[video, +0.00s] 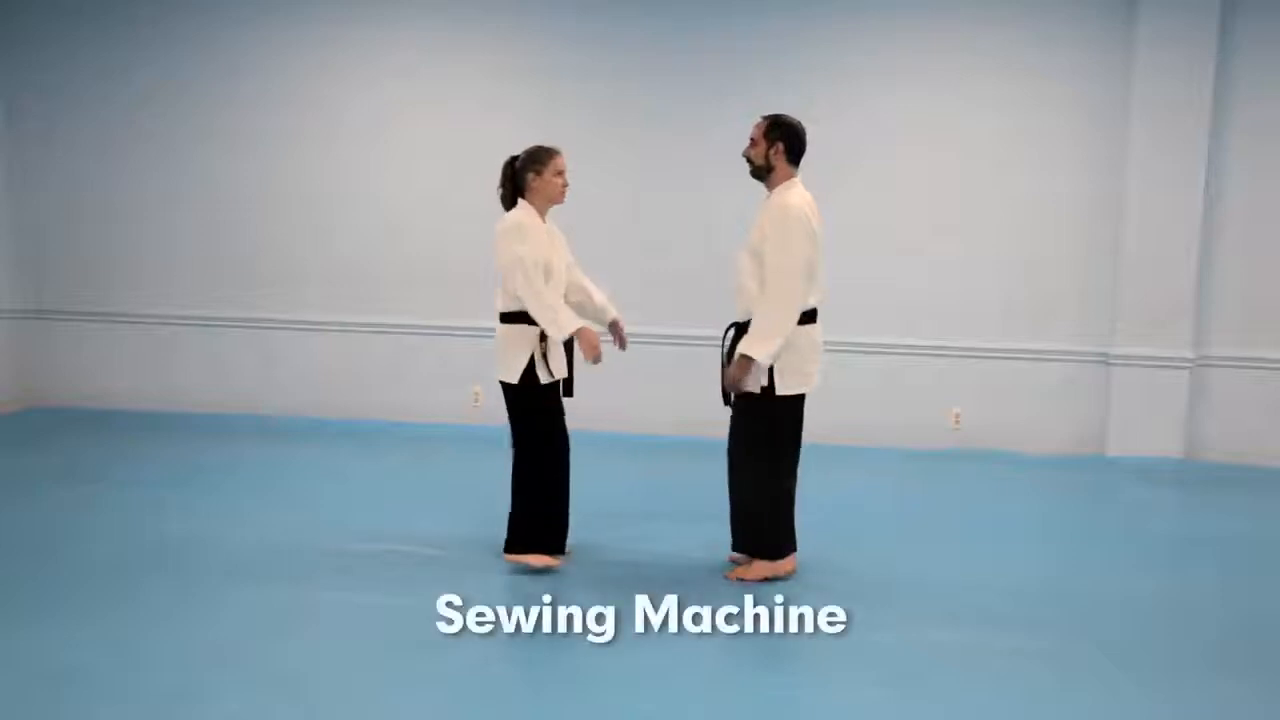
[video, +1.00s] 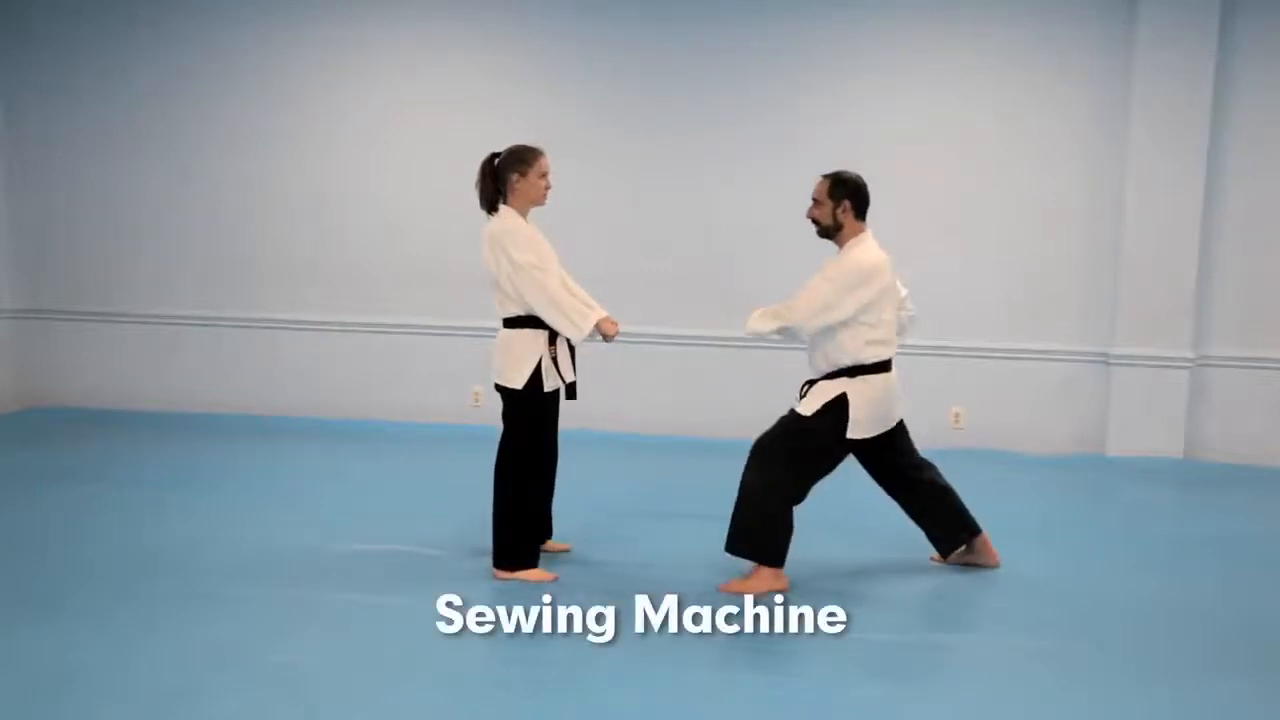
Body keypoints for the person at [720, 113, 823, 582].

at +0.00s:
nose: (746, 150)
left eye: (754, 143)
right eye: (749, 141)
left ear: (777, 151)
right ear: (779, 151)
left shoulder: (791, 207)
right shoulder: (781, 203)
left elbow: (784, 293)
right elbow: (777, 288)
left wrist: (749, 355)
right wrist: (744, 349)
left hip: (782, 351)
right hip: (771, 348)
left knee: (766, 457)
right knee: (757, 454)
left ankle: (775, 554)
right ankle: (760, 547)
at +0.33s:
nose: (742, 168)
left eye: (749, 160)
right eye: (744, 160)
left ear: (774, 164)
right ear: (780, 164)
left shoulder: (787, 219)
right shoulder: (814, 211)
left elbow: (753, 287)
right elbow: (770, 280)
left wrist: (701, 310)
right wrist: (714, 287)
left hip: (799, 357)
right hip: (829, 350)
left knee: (768, 457)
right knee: (792, 442)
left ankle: (773, 571)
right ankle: (815, 523)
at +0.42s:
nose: (748, 174)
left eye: (754, 165)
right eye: (750, 164)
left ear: (781, 171)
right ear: (788, 171)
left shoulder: (793, 224)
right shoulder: (820, 213)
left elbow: (753, 291)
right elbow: (772, 283)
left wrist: (701, 303)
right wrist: (717, 285)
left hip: (807, 364)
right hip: (839, 357)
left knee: (770, 462)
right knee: (811, 444)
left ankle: (772, 572)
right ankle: (870, 514)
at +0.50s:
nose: (757, 179)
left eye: (763, 172)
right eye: (758, 171)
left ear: (789, 175)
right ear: (795, 176)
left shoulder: (802, 229)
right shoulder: (829, 221)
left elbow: (760, 292)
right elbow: (787, 292)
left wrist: (712, 298)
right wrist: (731, 289)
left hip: (814, 368)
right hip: (851, 361)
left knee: (774, 466)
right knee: (842, 452)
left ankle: (771, 572)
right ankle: (915, 515)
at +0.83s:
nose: (801, 207)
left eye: (808, 199)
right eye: (803, 199)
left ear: (836, 203)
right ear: (839, 204)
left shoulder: (850, 255)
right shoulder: (864, 249)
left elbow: (796, 314)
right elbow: (817, 318)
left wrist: (752, 316)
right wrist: (788, 324)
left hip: (848, 389)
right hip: (876, 384)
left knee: (777, 460)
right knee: (908, 466)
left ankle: (771, 570)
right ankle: (972, 542)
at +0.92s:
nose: (806, 209)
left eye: (814, 201)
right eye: (808, 200)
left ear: (841, 205)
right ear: (844, 207)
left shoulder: (853, 258)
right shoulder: (868, 253)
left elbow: (801, 314)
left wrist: (752, 321)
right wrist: (794, 326)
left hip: (848, 392)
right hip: (875, 387)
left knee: (775, 457)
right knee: (908, 469)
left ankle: (769, 570)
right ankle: (973, 544)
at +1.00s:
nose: (809, 211)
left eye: (816, 203)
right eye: (811, 202)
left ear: (844, 209)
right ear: (847, 210)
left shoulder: (853, 263)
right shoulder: (874, 258)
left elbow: (803, 319)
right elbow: (903, 312)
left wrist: (755, 321)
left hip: (844, 396)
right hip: (875, 391)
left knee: (772, 458)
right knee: (906, 471)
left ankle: (768, 570)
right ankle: (973, 545)